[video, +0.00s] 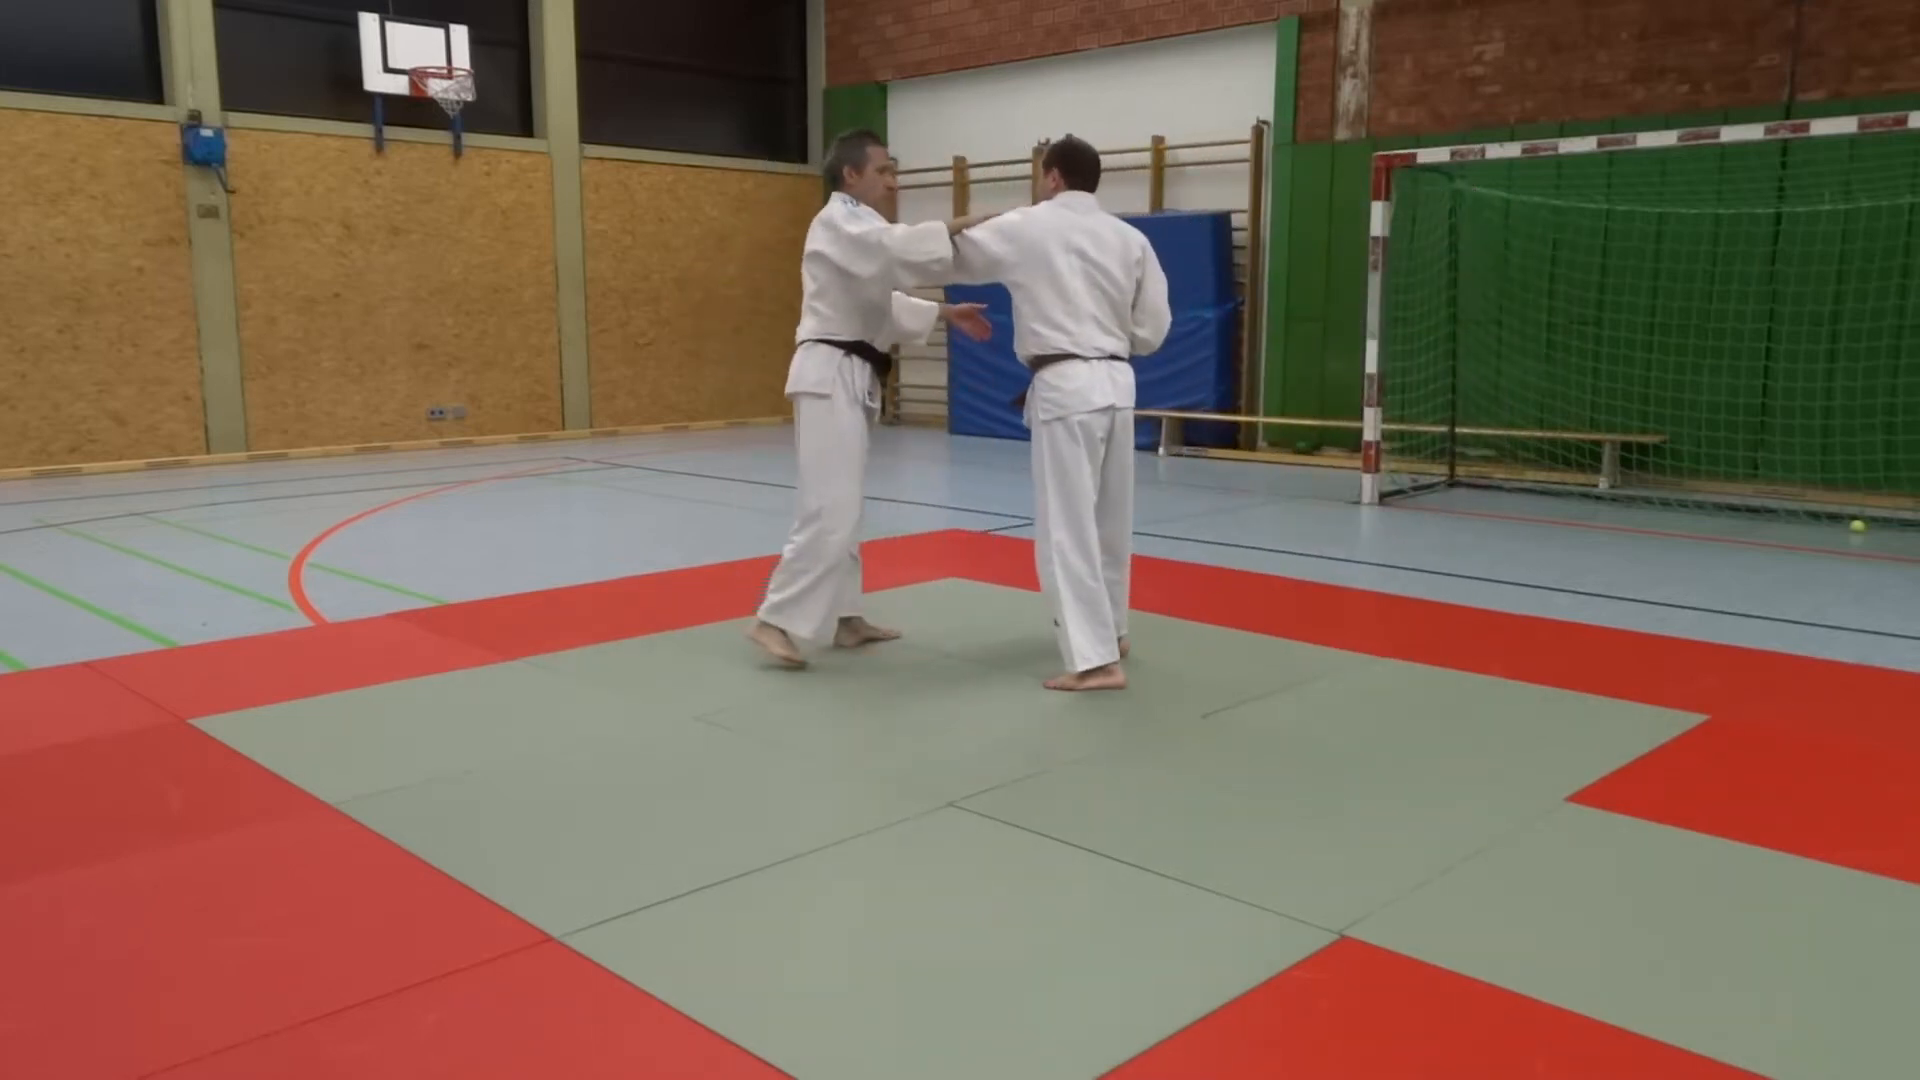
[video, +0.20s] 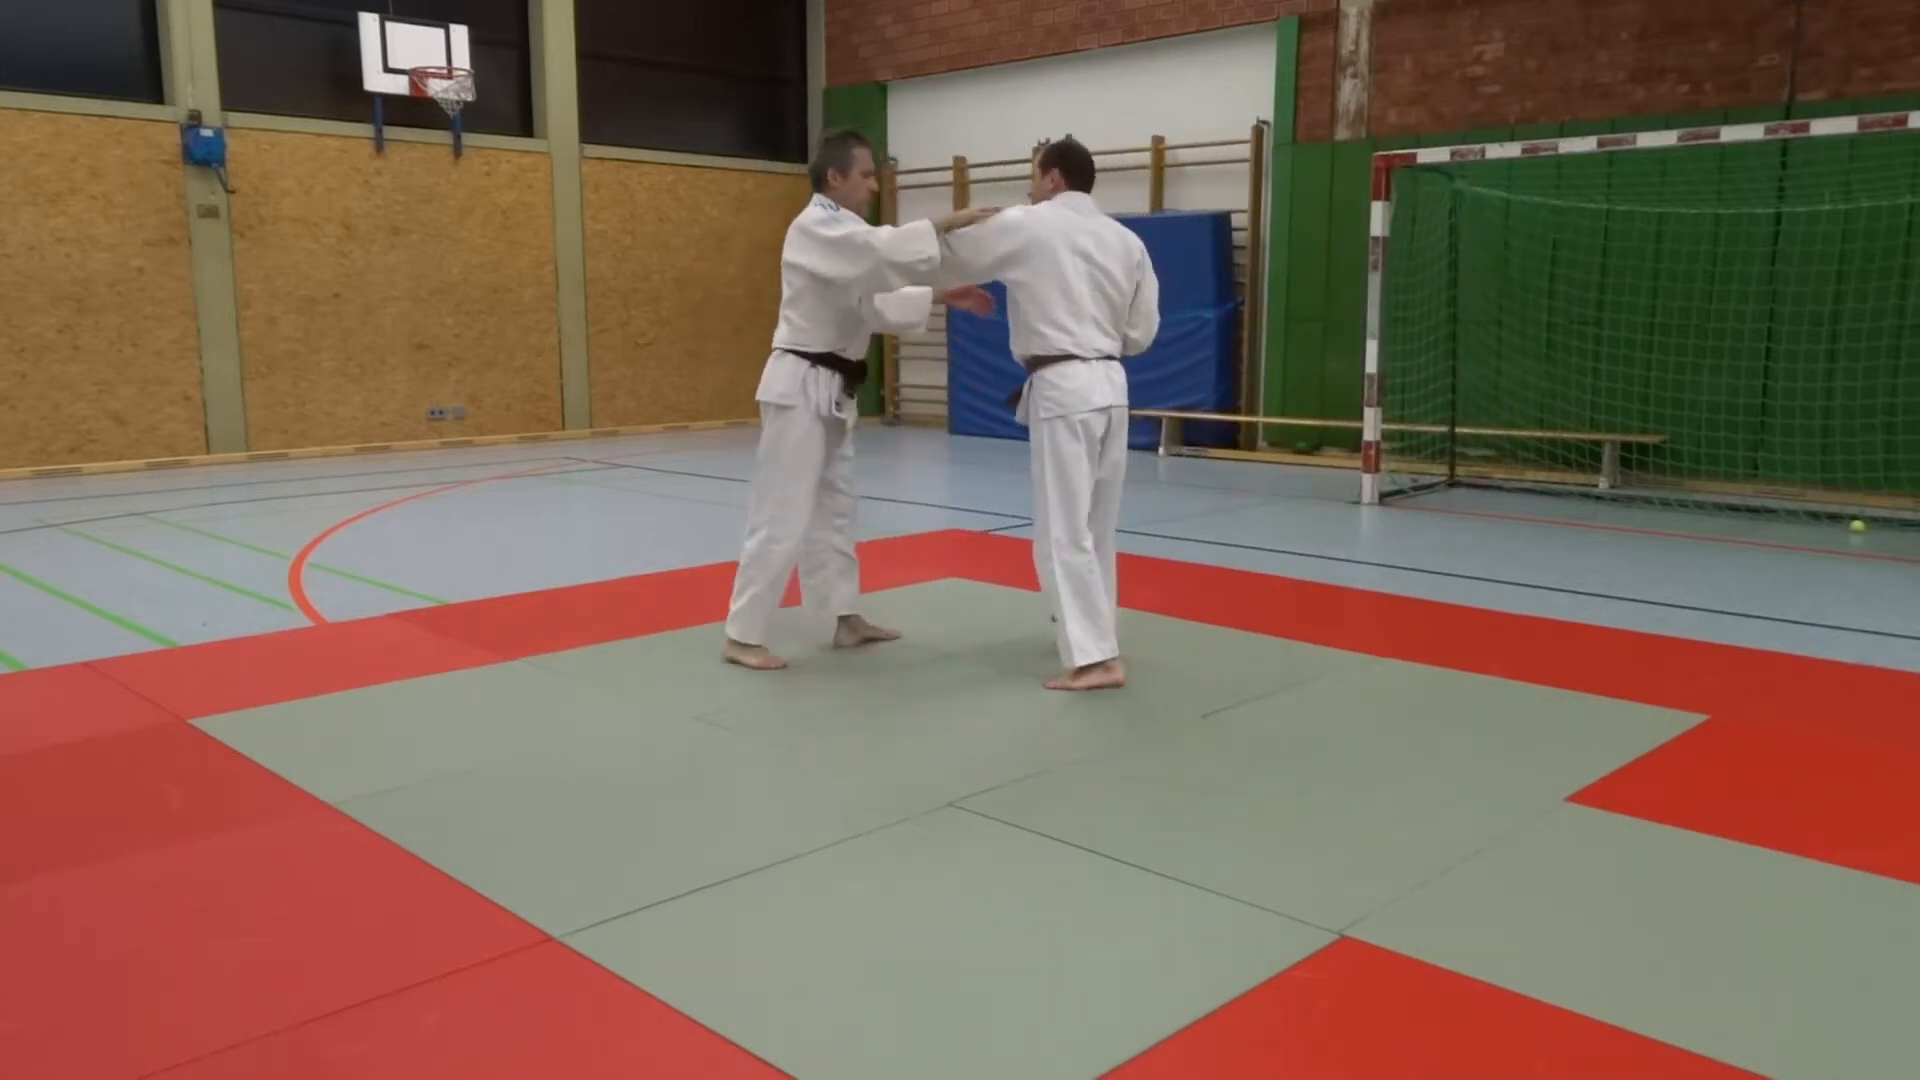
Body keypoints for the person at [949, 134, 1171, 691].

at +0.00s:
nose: (1038, 185)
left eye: (1040, 176)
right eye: (1042, 176)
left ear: (1053, 177)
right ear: (1092, 182)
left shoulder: (1029, 226)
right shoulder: (1130, 238)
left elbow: (956, 251)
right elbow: (1152, 330)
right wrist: (1101, 341)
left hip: (1061, 385)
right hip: (1120, 382)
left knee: (1067, 526)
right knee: (1112, 519)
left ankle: (1097, 663)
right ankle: (1112, 636)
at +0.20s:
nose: (1032, 187)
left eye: (1035, 177)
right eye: (1034, 177)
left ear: (1053, 178)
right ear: (1085, 182)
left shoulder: (1027, 224)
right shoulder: (1125, 239)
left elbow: (958, 253)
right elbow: (1142, 332)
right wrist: (1086, 347)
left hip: (1060, 386)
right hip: (1113, 385)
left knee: (1065, 530)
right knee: (1099, 526)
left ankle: (1095, 661)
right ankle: (1100, 643)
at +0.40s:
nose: (1029, 182)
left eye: (1035, 172)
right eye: (1031, 172)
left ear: (1061, 174)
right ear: (1079, 178)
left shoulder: (1037, 222)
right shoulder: (1125, 242)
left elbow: (956, 262)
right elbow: (1117, 327)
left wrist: (878, 262)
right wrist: (1049, 370)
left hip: (1065, 385)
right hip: (1111, 382)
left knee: (1054, 525)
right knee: (1099, 519)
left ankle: (1092, 649)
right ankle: (1106, 632)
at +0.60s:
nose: (1020, 182)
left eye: (1027, 172)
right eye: (1022, 172)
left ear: (1055, 175)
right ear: (1070, 177)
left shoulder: (1036, 222)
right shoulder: (1116, 239)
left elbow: (955, 264)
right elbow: (1102, 317)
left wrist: (877, 276)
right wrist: (1051, 368)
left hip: (1073, 386)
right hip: (1113, 380)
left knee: (1067, 521)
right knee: (1105, 514)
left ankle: (1091, 650)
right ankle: (1108, 624)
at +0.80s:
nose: (1020, 183)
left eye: (1027, 174)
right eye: (1022, 174)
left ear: (1055, 176)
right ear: (1071, 178)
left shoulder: (1040, 222)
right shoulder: (1118, 240)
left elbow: (961, 260)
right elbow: (1108, 324)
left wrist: (887, 265)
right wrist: (1055, 366)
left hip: (1076, 385)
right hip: (1114, 380)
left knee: (1071, 516)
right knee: (1105, 513)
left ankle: (1107, 641)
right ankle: (1101, 624)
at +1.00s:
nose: (1030, 180)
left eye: (1037, 170)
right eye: (1032, 170)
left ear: (1066, 174)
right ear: (1083, 177)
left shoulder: (1052, 217)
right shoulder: (1124, 242)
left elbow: (989, 255)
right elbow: (1102, 317)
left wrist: (913, 248)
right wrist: (1026, 318)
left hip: (1082, 391)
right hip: (1112, 385)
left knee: (1084, 521)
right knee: (1098, 514)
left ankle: (1115, 651)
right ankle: (1097, 627)